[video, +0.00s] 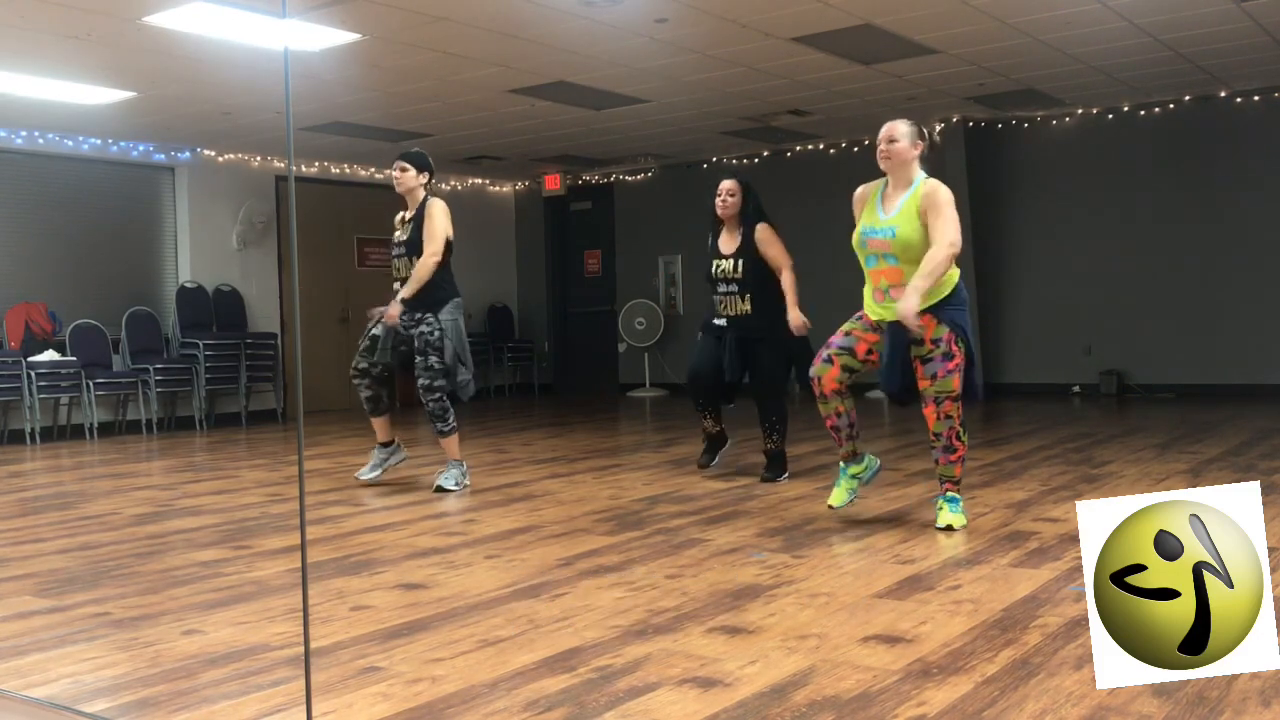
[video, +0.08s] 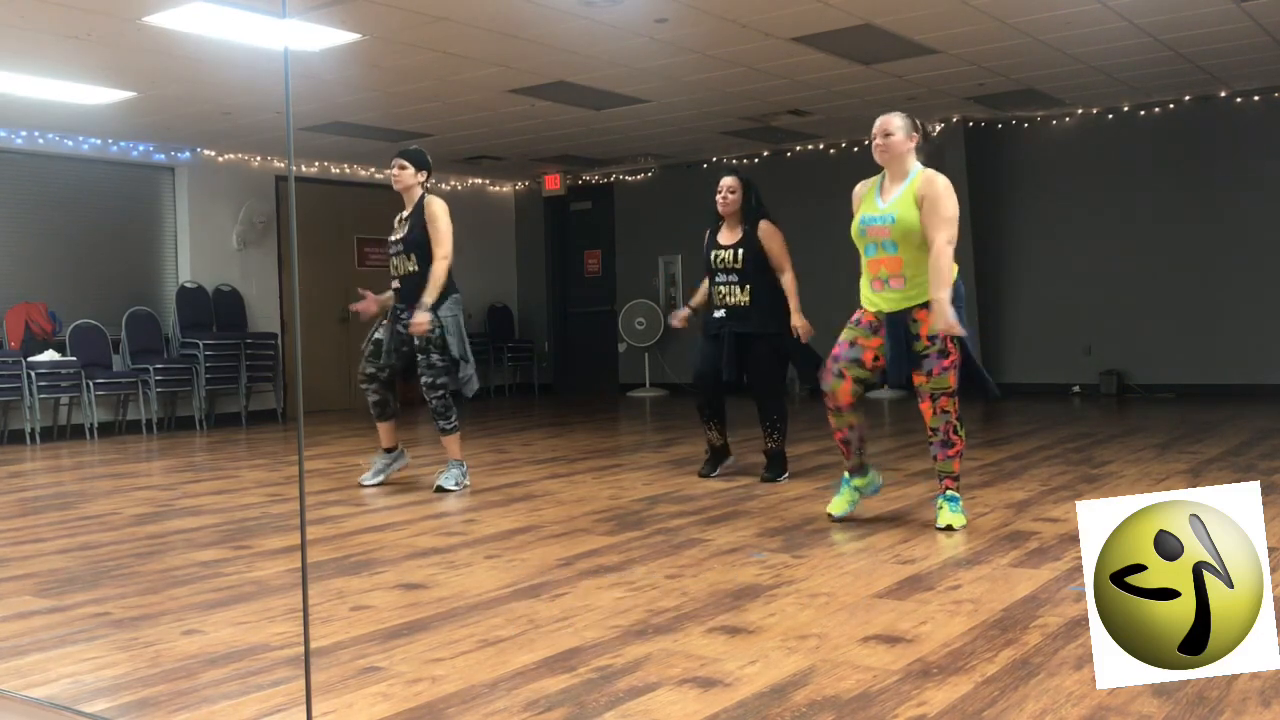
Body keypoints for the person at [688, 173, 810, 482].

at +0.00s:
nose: (722, 199)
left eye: (730, 194)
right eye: (719, 194)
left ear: (744, 201)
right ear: (714, 200)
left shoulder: (759, 231)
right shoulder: (715, 236)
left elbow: (786, 268)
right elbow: (728, 280)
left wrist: (793, 308)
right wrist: (722, 317)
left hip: (763, 329)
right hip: (724, 329)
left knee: (768, 391)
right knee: (700, 377)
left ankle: (775, 458)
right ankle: (715, 436)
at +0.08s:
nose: (723, 195)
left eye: (731, 191)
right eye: (720, 191)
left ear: (745, 197)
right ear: (715, 196)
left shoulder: (764, 230)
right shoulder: (712, 235)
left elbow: (785, 272)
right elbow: (712, 279)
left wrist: (796, 313)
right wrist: (690, 308)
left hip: (763, 328)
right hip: (721, 330)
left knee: (767, 390)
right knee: (706, 383)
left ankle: (776, 459)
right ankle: (718, 449)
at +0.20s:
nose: (723, 195)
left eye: (730, 190)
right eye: (719, 190)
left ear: (744, 197)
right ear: (714, 196)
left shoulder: (761, 231)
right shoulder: (707, 235)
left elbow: (789, 269)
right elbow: (696, 275)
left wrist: (792, 313)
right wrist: (668, 289)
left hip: (759, 329)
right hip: (717, 331)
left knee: (763, 390)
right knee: (716, 390)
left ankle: (775, 460)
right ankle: (723, 457)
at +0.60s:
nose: (719, 199)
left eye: (726, 194)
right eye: (716, 194)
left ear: (742, 198)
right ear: (713, 199)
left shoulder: (762, 235)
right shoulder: (702, 230)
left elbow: (785, 273)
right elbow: (683, 266)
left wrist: (765, 281)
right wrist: (667, 300)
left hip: (754, 330)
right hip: (713, 329)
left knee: (756, 391)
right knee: (718, 392)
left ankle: (773, 458)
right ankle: (723, 458)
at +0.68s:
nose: (722, 203)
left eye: (728, 197)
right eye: (720, 197)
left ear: (747, 199)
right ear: (718, 201)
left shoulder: (766, 236)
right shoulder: (713, 228)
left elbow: (771, 285)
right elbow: (709, 272)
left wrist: (758, 263)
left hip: (755, 331)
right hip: (716, 330)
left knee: (761, 392)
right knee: (720, 392)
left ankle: (774, 460)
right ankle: (723, 457)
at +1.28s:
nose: (721, 205)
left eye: (726, 199)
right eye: (719, 200)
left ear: (744, 197)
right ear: (721, 202)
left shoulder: (764, 220)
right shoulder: (732, 232)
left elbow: (788, 247)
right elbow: (728, 272)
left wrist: (755, 233)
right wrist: (702, 287)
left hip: (768, 325)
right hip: (733, 325)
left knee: (769, 389)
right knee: (711, 381)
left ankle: (776, 461)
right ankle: (718, 451)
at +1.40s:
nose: (717, 209)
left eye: (722, 203)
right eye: (714, 204)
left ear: (740, 203)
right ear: (714, 206)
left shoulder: (758, 223)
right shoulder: (726, 239)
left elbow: (792, 239)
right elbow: (732, 275)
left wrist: (770, 262)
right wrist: (703, 278)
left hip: (768, 326)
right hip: (733, 326)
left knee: (769, 390)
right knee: (704, 377)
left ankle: (776, 460)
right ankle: (715, 442)